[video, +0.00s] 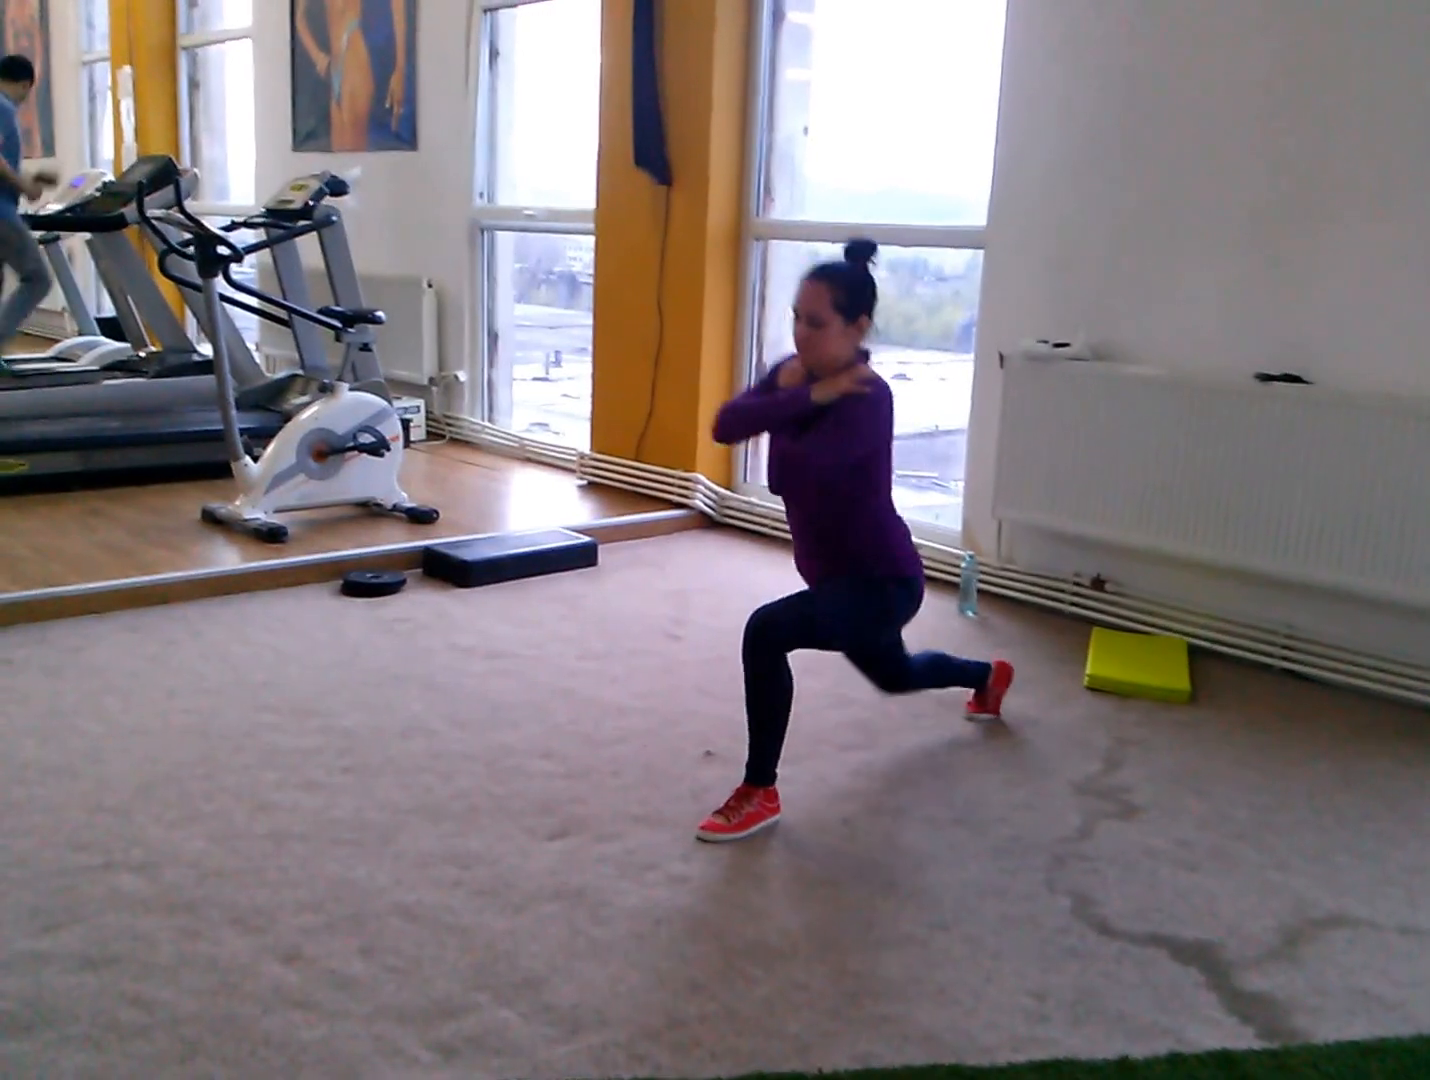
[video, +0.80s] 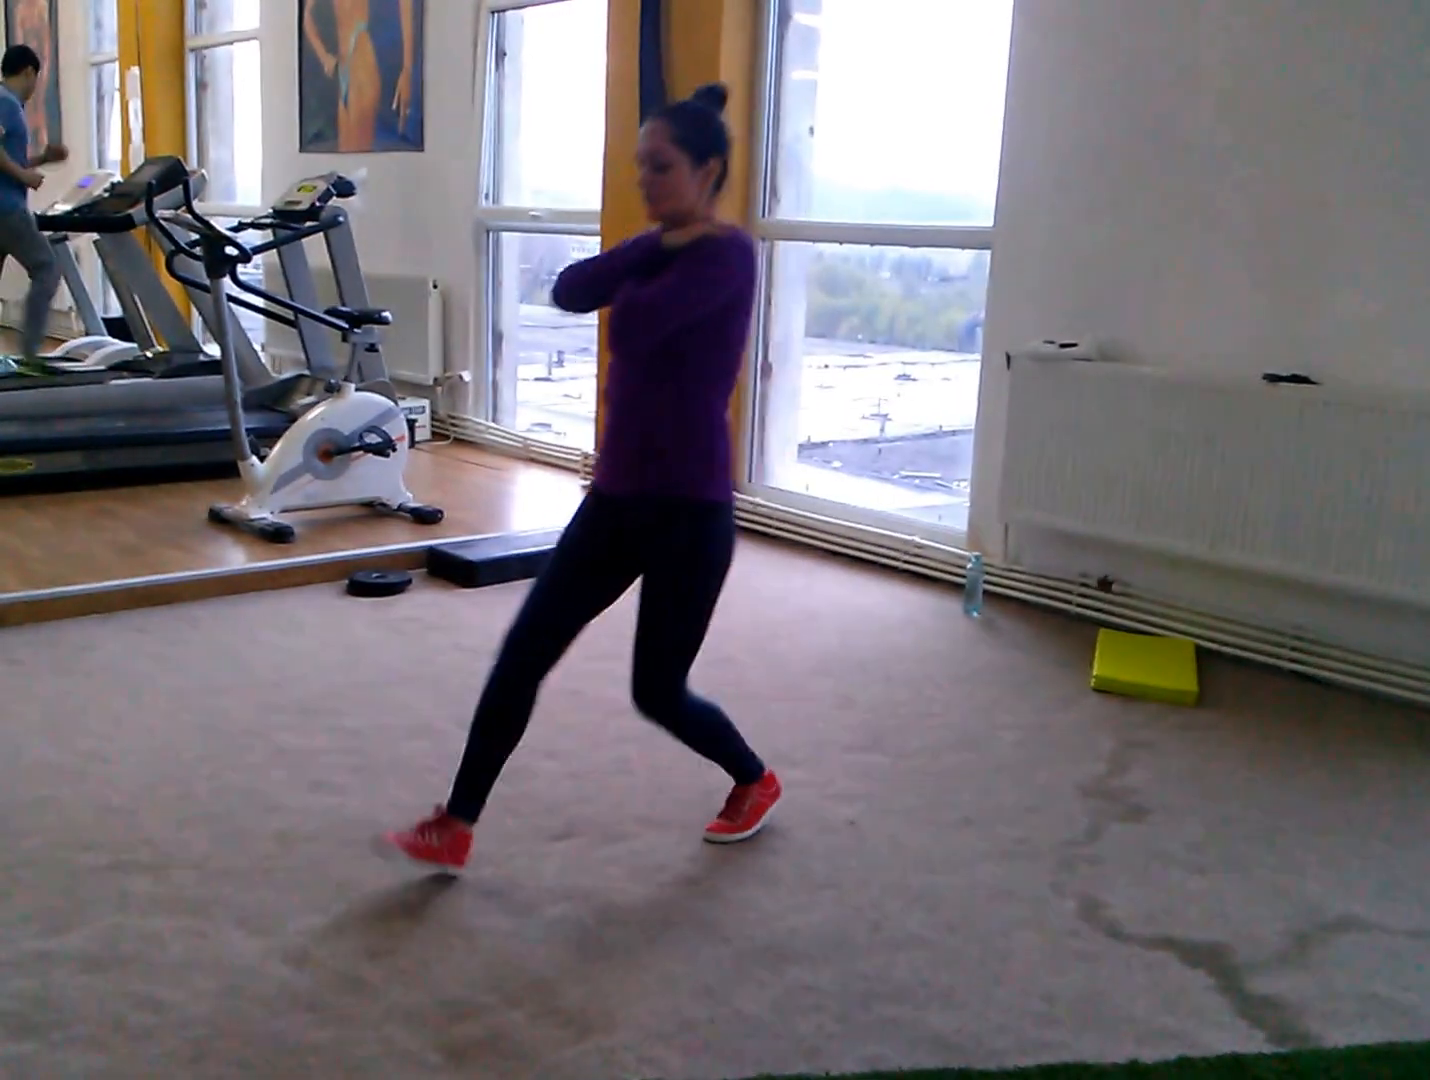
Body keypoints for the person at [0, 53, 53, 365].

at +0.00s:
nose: (28, 93)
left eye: (29, 87)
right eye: (28, 87)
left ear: (6, 80)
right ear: (20, 83)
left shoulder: (7, 113)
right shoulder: (4, 112)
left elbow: (5, 164)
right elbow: (2, 161)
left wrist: (31, 180)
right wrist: (24, 185)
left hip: (6, 211)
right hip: (4, 213)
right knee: (38, 279)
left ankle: (3, 343)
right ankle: (1, 339)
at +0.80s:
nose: (36, 84)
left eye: (36, 78)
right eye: (36, 77)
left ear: (10, 72)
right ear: (27, 72)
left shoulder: (11, 106)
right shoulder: (7, 104)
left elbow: (12, 159)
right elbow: (2, 149)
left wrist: (43, 157)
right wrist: (23, 174)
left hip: (11, 209)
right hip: (8, 210)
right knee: (45, 269)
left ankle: (28, 351)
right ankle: (29, 352)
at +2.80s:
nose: (45, 76)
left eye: (45, 69)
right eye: (43, 69)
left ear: (15, 66)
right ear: (30, 66)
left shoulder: (8, 95)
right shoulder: (19, 99)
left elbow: (24, 150)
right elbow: (27, 151)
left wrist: (48, 153)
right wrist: (54, 156)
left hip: (12, 212)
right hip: (9, 213)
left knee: (42, 275)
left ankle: (61, 356)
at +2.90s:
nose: (43, 81)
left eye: (42, 74)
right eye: (40, 73)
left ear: (17, 75)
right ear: (27, 74)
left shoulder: (11, 105)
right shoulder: (16, 108)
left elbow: (17, 159)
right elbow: (19, 158)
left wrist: (40, 180)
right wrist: (50, 180)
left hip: (13, 216)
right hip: (13, 217)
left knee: (31, 281)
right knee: (34, 280)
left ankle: (30, 358)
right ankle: (29, 358)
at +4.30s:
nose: (60, 70)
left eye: (59, 63)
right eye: (58, 62)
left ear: (29, 62)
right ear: (46, 61)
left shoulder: (12, 93)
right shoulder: (35, 96)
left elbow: (19, 150)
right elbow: (40, 148)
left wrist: (61, 152)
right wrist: (70, 154)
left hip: (23, 206)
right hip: (22, 207)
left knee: (63, 270)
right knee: (10, 279)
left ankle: (80, 351)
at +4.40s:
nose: (59, 75)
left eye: (59, 68)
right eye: (57, 68)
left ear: (29, 69)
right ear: (45, 68)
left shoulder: (14, 99)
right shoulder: (38, 102)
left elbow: (25, 152)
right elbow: (38, 151)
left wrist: (59, 161)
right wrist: (67, 165)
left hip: (20, 205)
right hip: (29, 207)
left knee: (63, 278)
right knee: (46, 279)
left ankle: (57, 356)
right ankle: (2, 309)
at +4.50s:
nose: (61, 79)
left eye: (61, 72)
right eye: (59, 72)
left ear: (33, 73)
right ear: (46, 72)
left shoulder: (19, 104)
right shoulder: (35, 107)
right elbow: (27, 157)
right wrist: (66, 192)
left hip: (18, 211)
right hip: (30, 212)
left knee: (44, 286)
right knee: (70, 281)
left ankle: (20, 357)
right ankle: (10, 326)